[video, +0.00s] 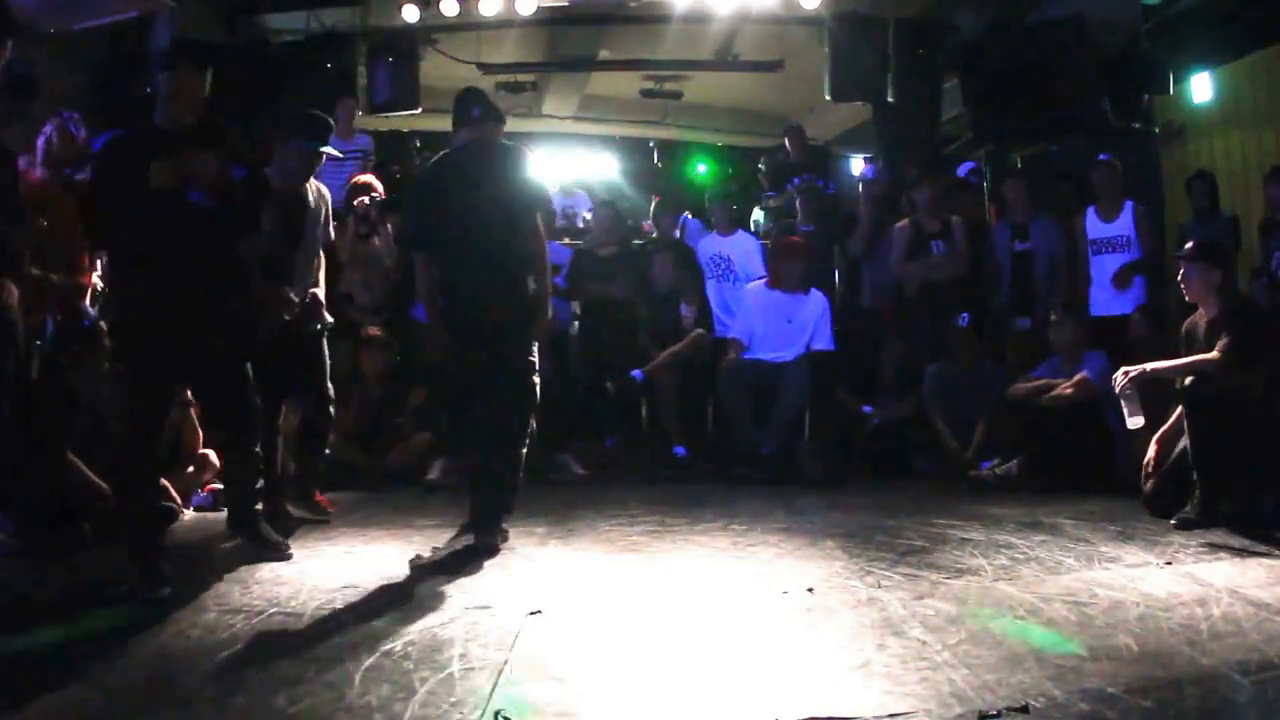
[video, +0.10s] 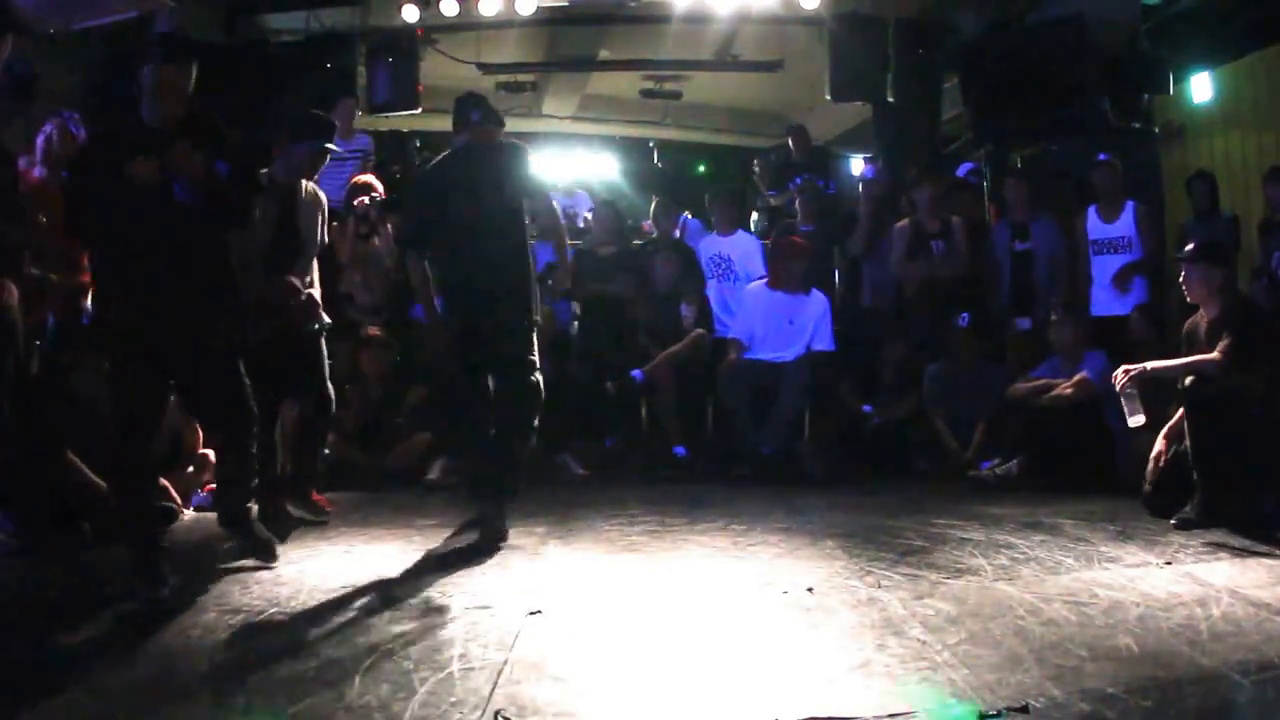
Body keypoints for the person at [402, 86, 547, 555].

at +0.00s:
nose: (496, 134)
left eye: (491, 127)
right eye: (494, 126)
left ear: (455, 126)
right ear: (495, 124)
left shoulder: (433, 175)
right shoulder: (515, 164)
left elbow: (422, 256)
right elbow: (537, 241)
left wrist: (429, 314)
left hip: (456, 308)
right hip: (510, 305)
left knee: (469, 407)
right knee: (516, 409)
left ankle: (483, 513)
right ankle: (491, 517)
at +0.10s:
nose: (499, 136)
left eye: (495, 131)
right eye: (497, 129)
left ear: (457, 129)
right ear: (493, 125)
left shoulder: (434, 174)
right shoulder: (513, 155)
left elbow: (414, 247)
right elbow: (548, 214)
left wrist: (429, 305)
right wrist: (564, 262)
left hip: (460, 296)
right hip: (510, 291)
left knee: (467, 391)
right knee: (524, 373)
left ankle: (486, 496)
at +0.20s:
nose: (495, 144)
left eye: (490, 137)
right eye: (495, 136)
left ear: (457, 136)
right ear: (495, 133)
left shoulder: (434, 180)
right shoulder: (511, 163)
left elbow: (412, 256)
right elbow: (558, 213)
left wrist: (426, 320)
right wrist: (597, 255)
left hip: (460, 304)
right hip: (512, 300)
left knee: (469, 390)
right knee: (534, 383)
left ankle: (482, 481)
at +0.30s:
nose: (501, 143)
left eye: (498, 138)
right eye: (500, 136)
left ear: (459, 135)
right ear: (496, 132)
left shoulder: (433, 180)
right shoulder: (509, 163)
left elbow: (416, 253)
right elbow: (554, 210)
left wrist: (424, 312)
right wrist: (583, 252)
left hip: (459, 298)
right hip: (510, 291)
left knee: (469, 386)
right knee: (533, 372)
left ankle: (484, 487)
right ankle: (522, 460)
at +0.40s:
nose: (493, 144)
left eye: (485, 137)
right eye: (494, 137)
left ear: (460, 136)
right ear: (496, 135)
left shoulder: (435, 180)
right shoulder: (512, 170)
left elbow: (421, 255)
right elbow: (540, 236)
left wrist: (425, 313)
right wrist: (557, 295)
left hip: (460, 305)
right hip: (509, 302)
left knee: (471, 396)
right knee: (522, 389)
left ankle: (487, 494)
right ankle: (524, 487)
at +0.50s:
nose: (487, 147)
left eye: (477, 141)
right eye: (490, 140)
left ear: (460, 140)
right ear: (496, 139)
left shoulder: (437, 179)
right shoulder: (513, 174)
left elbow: (420, 246)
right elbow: (536, 234)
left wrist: (427, 304)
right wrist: (537, 300)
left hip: (454, 301)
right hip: (505, 298)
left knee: (459, 386)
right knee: (512, 383)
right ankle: (513, 473)